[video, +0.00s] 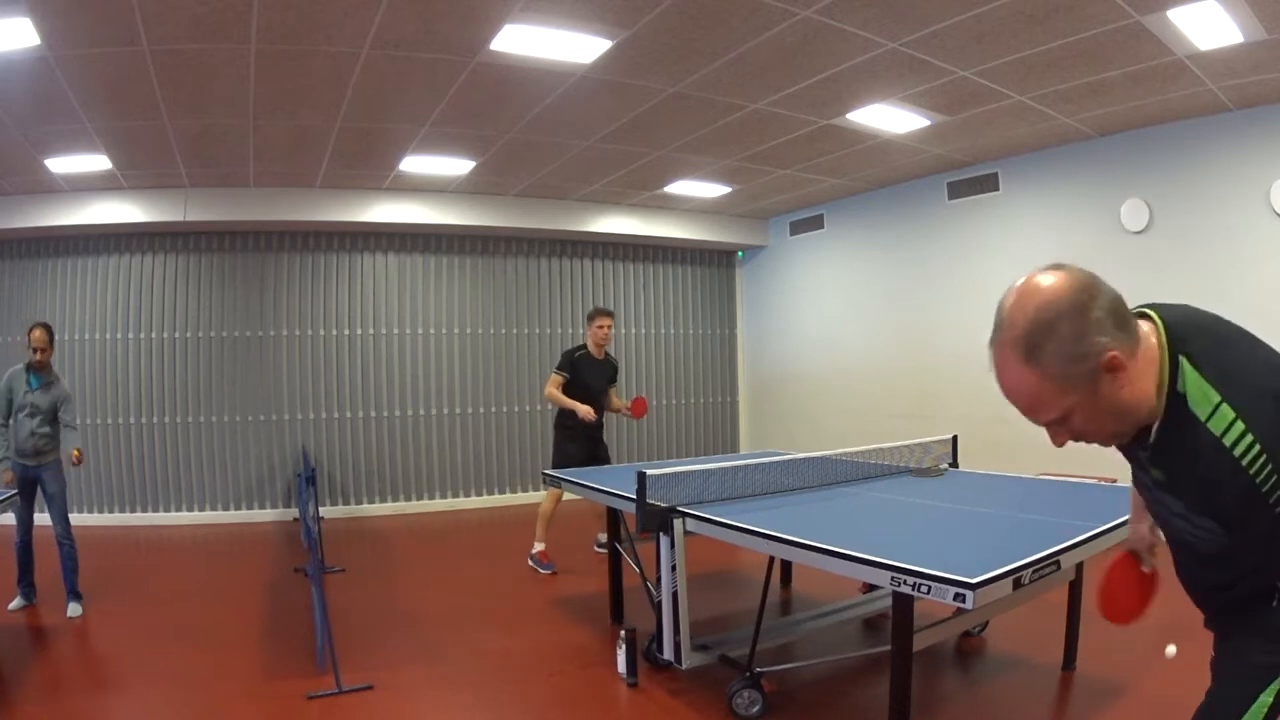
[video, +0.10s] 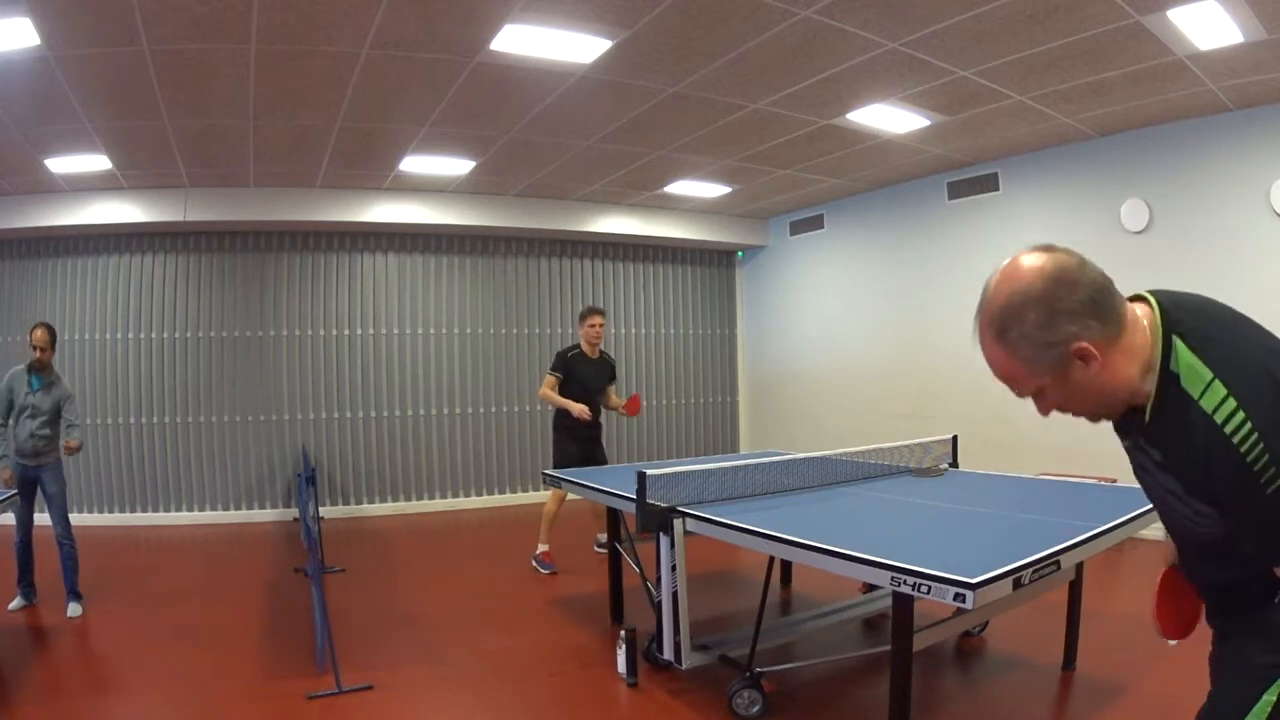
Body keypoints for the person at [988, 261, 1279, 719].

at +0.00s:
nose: (1057, 439)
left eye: (1063, 418)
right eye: (1043, 423)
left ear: (1114, 368)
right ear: (1111, 365)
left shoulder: (1254, 457)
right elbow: (1148, 444)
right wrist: (1142, 519)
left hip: (1266, 621)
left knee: (1225, 707)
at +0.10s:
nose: (1043, 409)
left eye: (1039, 392)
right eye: (1032, 396)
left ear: (1086, 357)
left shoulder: (1248, 436)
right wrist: (1191, 555)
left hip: (1267, 612)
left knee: (1228, 706)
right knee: (1233, 697)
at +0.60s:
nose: (1197, 252)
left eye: (1193, 240)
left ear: (1202, 236)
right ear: (1253, 217)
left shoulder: (1252, 302)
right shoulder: (1270, 280)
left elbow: (1272, 452)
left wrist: (1205, 565)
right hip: (1277, 569)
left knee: (1248, 704)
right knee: (1251, 698)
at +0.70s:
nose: (1233, 229)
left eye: (1233, 219)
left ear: (1240, 227)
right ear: (1278, 222)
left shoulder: (1265, 301)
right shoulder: (1263, 298)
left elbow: (1277, 427)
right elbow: (1276, 427)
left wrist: (1228, 529)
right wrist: (1233, 527)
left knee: (1241, 693)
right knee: (1245, 687)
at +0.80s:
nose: (1266, 224)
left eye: (1265, 214)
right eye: (1269, 213)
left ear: (1270, 224)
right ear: (1278, 224)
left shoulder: (1272, 281)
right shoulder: (1268, 282)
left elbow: (1277, 398)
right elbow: (1275, 399)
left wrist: (1245, 501)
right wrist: (1247, 500)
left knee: (1236, 685)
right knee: (1239, 680)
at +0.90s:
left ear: (1277, 205)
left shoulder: (1276, 272)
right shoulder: (1274, 273)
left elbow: (1275, 371)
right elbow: (1274, 371)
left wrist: (1253, 473)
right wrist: (1254, 473)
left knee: (1264, 641)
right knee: (1263, 639)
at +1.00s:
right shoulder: (1279, 280)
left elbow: (1277, 362)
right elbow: (1275, 364)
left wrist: (1254, 458)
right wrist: (1255, 459)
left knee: (1279, 612)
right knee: (1278, 611)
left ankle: (1268, 708)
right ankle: (1263, 704)